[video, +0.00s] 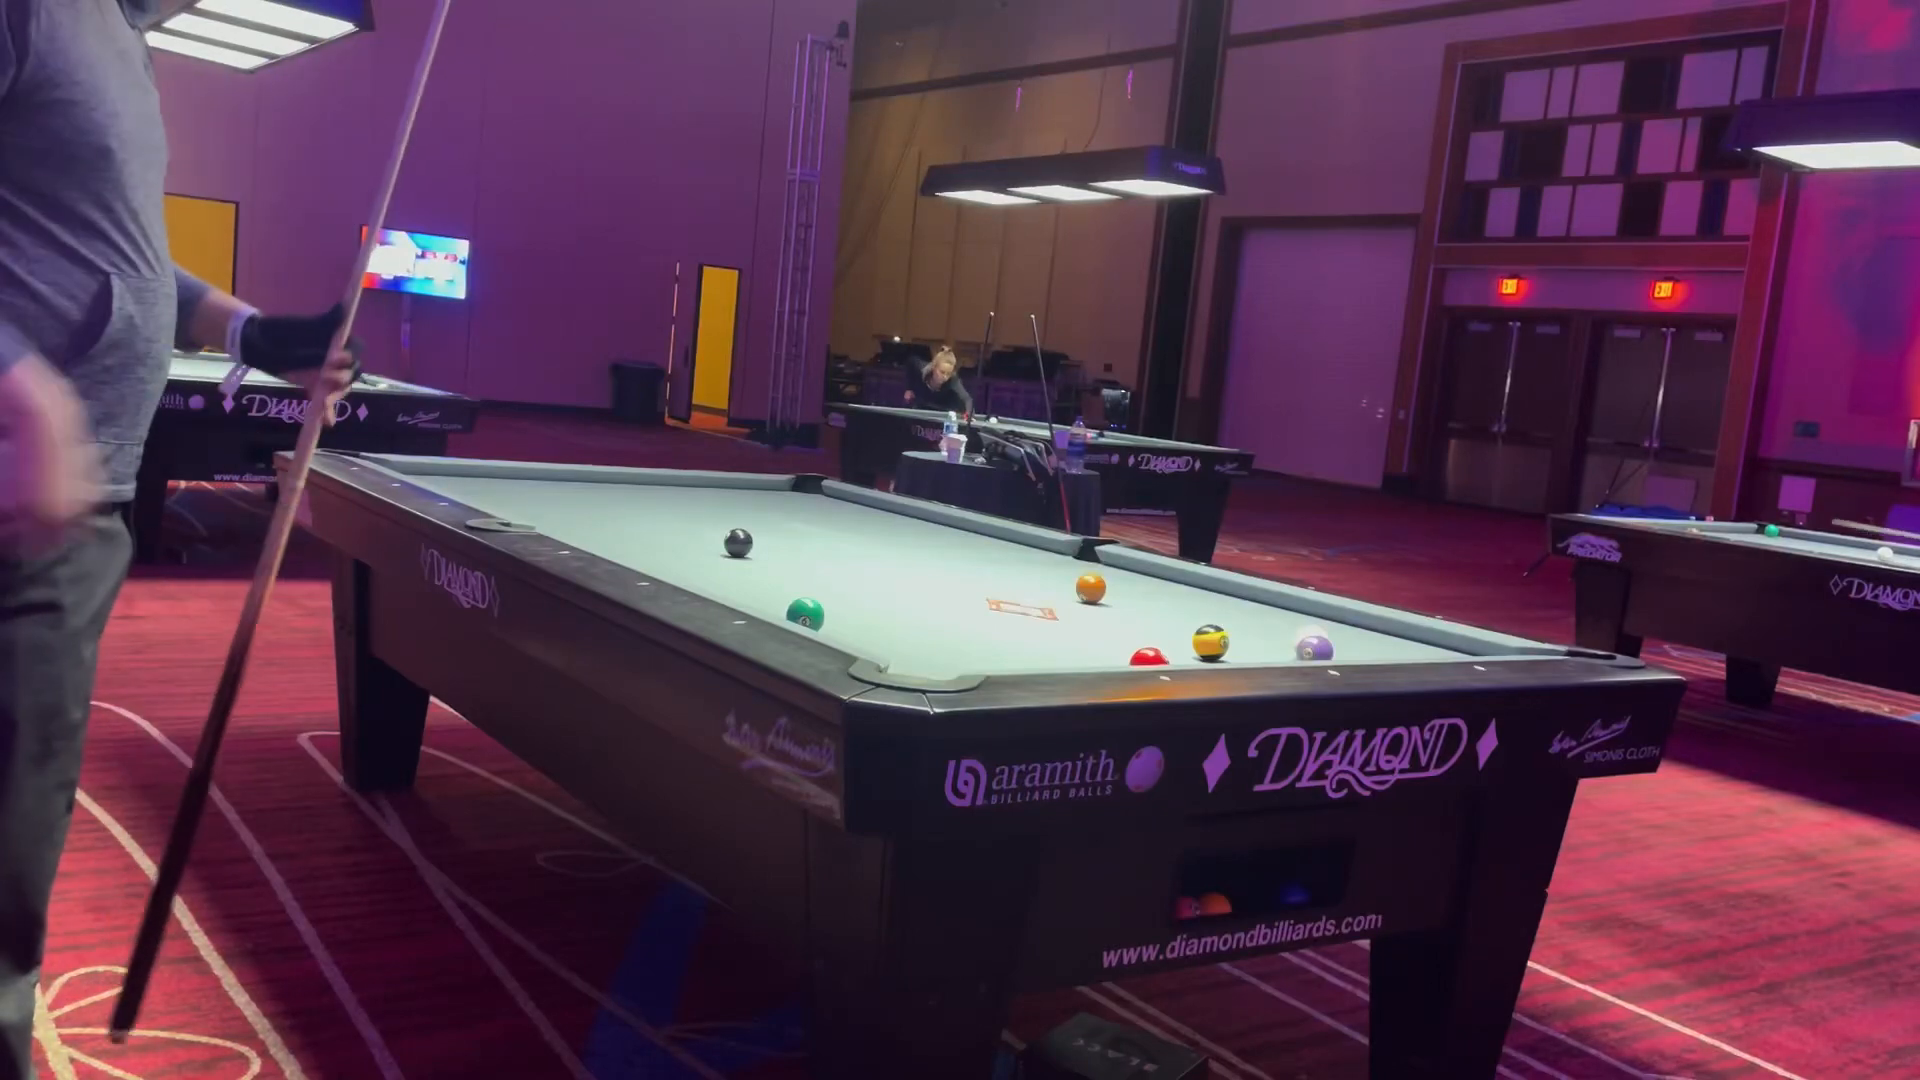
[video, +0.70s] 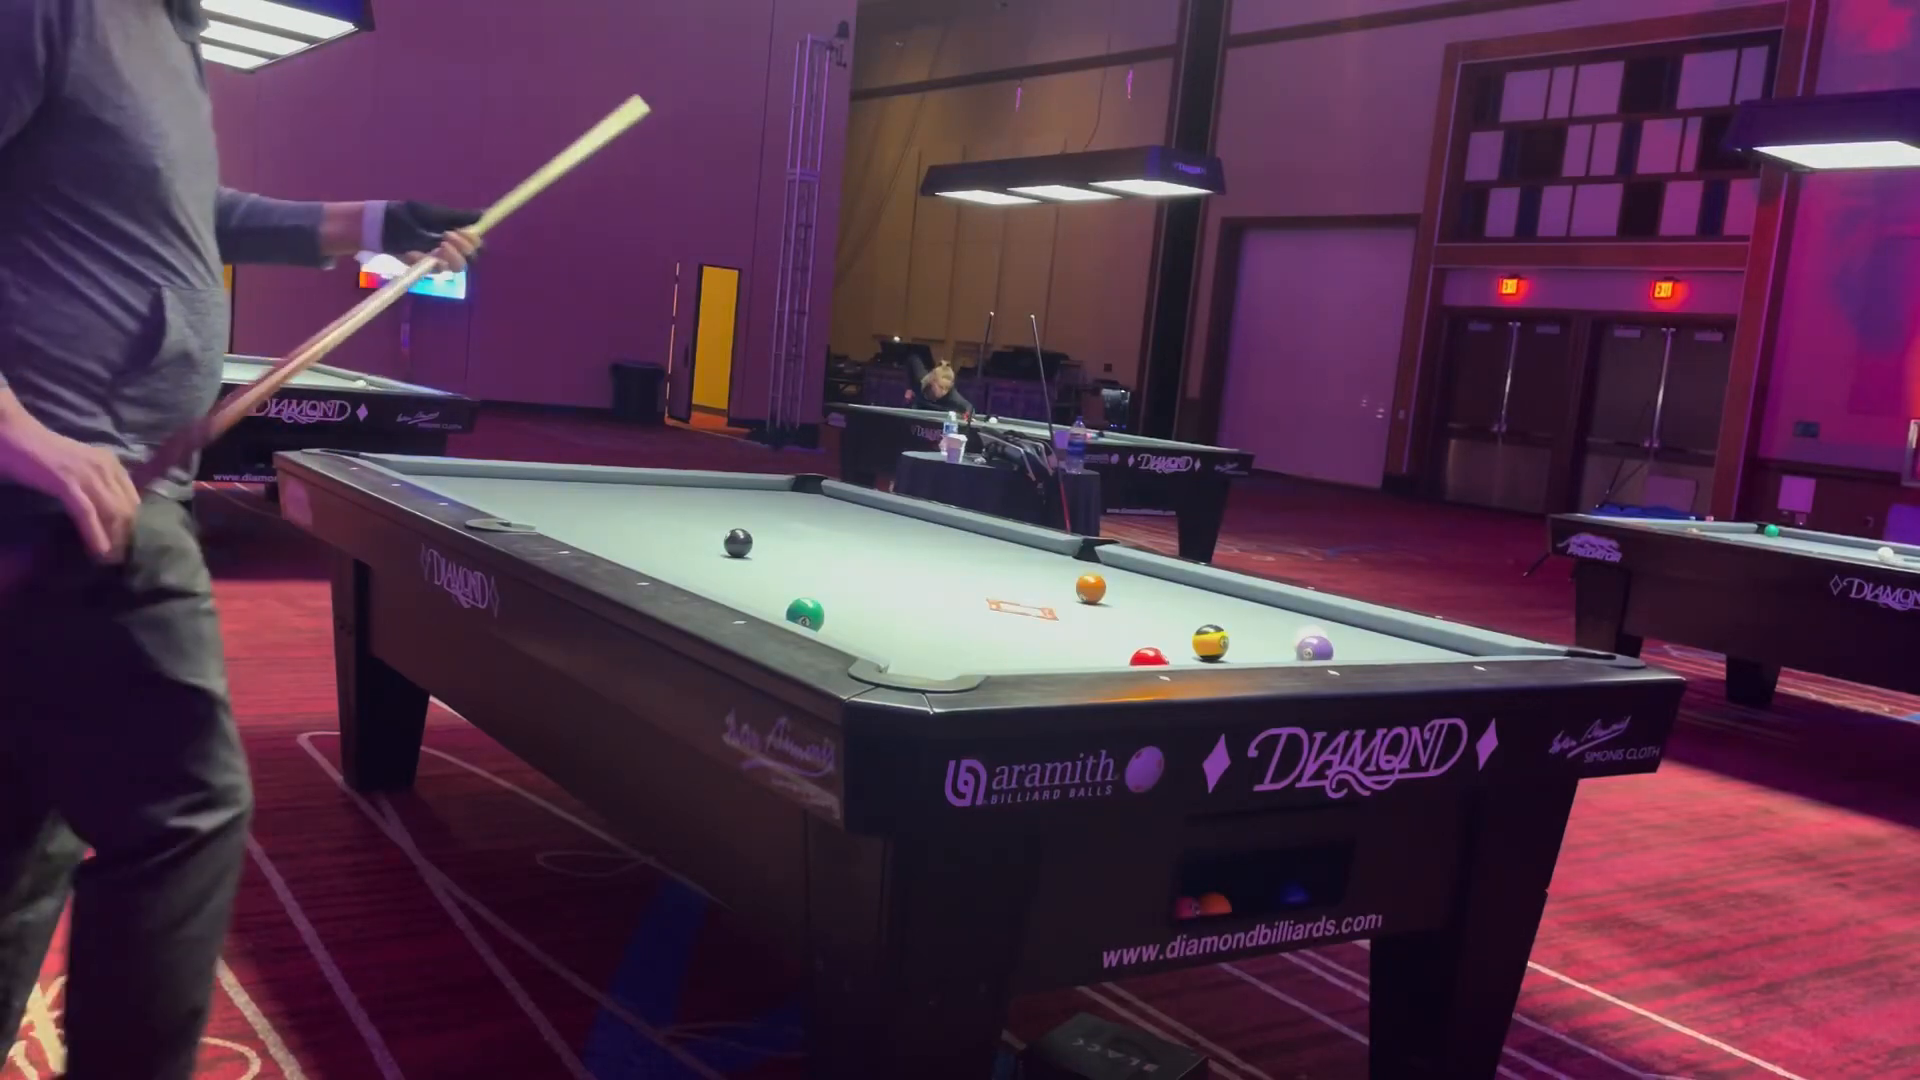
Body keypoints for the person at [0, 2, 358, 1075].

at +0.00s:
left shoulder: (116, 29)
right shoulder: (32, 20)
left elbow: (110, 248)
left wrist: (249, 331)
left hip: (80, 514)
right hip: (25, 524)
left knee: (33, 827)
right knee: (19, 844)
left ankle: (17, 1034)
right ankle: (13, 1040)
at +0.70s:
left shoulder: (162, 20)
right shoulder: (46, 13)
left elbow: (160, 211)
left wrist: (360, 229)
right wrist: (11, 423)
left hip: (115, 482)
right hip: (65, 488)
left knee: (30, 831)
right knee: (185, 817)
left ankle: (2, 1045)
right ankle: (129, 1066)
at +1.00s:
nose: (403, 1)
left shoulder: (309, 52)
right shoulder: (148, 22)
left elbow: (325, 210)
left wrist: (497, 240)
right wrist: (78, 414)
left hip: (231, 515)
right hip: (168, 521)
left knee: (92, 840)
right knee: (255, 866)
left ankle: (8, 1049)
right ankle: (263, 1064)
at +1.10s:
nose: (464, 2)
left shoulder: (372, 55)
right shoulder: (203, 31)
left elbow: (398, 207)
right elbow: (7, 188)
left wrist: (559, 236)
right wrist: (119, 416)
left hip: (292, 522)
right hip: (199, 524)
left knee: (212, 834)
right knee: (281, 869)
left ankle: (45, 1056)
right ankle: (267, 1066)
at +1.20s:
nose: (515, 10)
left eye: (516, 5)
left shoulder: (425, 62)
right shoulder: (252, 35)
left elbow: (474, 206)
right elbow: (28, 176)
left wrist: (642, 234)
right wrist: (163, 397)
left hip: (338, 518)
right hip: (231, 520)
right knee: (268, 869)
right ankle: (262, 1072)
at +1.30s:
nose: (576, 9)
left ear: (522, 4)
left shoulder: (492, 84)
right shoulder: (296, 33)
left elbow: (542, 209)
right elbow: (48, 142)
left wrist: (719, 242)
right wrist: (203, 354)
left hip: (382, 518)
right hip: (254, 518)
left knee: (444, 758)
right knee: (283, 857)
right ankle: (261, 1065)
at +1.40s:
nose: (639, 17)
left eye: (646, 5)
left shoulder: (550, 107)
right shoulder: (346, 43)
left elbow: (641, 236)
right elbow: (87, 133)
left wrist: (824, 284)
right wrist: (221, 343)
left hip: (416, 523)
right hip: (279, 520)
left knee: (470, 779)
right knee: (293, 863)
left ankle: (441, 1053)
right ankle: (262, 1071)